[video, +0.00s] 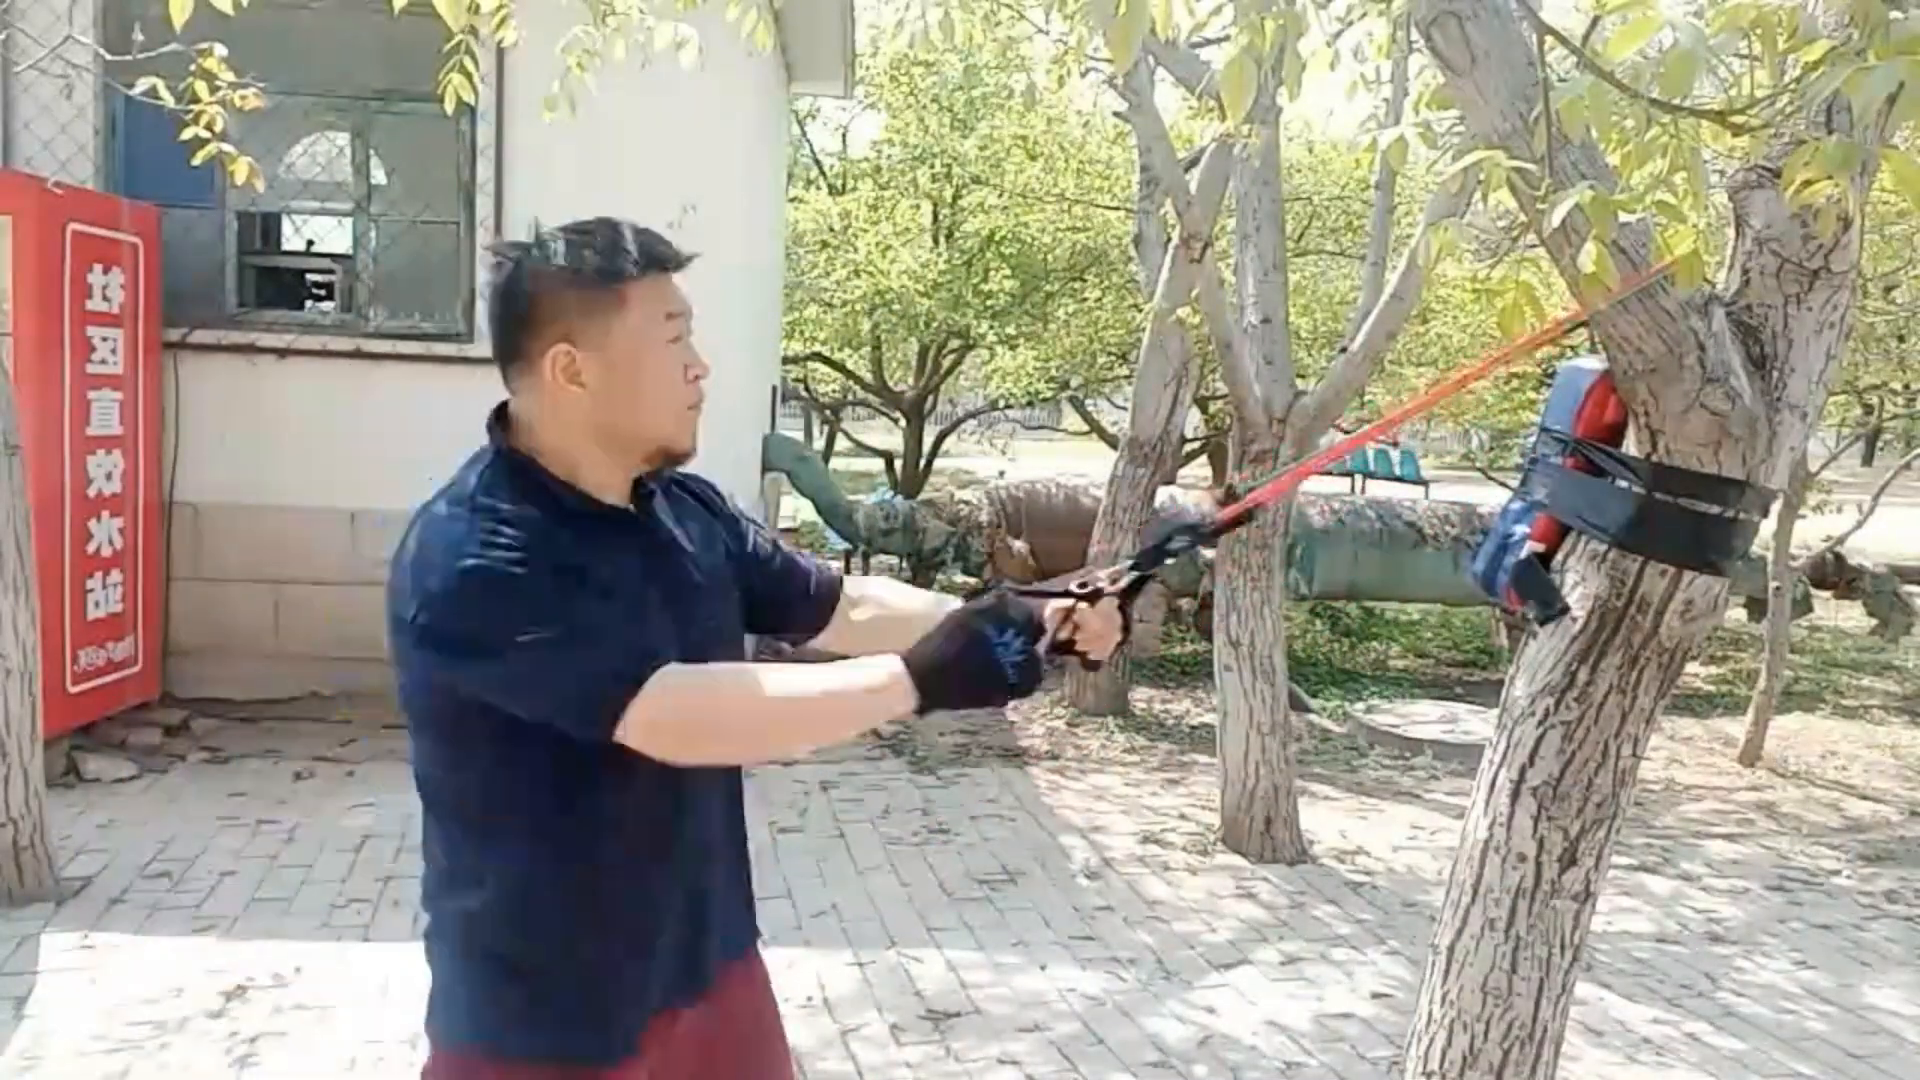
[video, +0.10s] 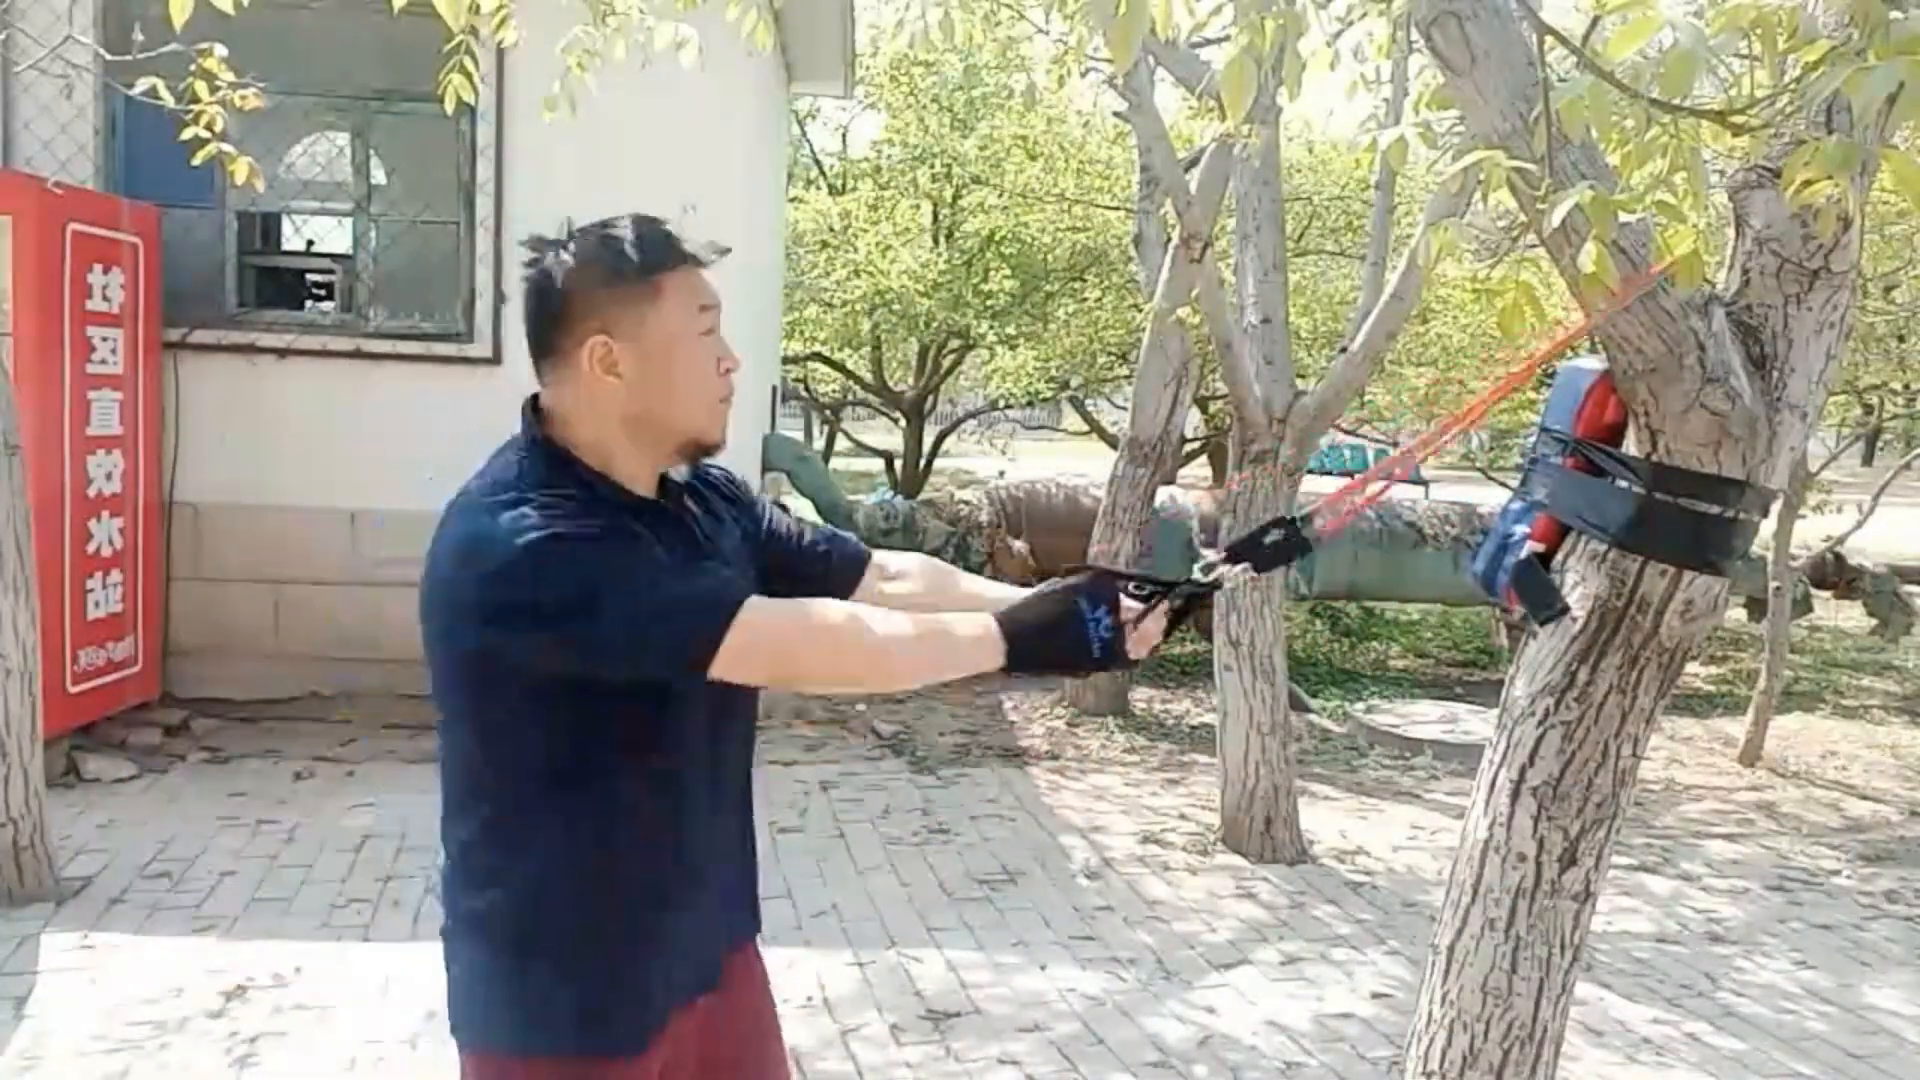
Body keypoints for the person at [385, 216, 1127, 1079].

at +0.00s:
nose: (701, 364)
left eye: (690, 333)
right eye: (675, 336)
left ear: (579, 376)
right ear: (570, 372)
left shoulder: (678, 506)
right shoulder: (468, 562)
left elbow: (831, 603)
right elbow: (671, 715)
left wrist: (1023, 622)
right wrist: (916, 681)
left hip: (712, 990)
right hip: (543, 1031)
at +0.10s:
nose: (731, 359)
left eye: (720, 328)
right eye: (705, 331)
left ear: (614, 365)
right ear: (607, 363)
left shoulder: (705, 503)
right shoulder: (522, 551)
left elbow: (876, 579)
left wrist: (1054, 608)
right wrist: (1021, 636)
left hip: (719, 980)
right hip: (566, 1028)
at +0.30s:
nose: (807, 360)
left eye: (795, 328)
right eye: (785, 328)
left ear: (706, 357)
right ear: (705, 354)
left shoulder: (734, 498)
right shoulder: (616, 537)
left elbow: (896, 615)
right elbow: (865, 688)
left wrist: (1071, 676)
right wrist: (1075, 688)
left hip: (697, 985)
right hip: (600, 1013)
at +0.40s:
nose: (843, 399)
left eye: (835, 372)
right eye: (829, 371)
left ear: (744, 398)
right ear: (759, 394)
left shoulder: (739, 521)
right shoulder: (687, 569)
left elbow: (911, 639)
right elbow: (869, 761)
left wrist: (1072, 690)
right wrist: (1105, 721)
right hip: (602, 1030)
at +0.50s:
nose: (870, 473)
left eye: (867, 446)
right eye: (862, 445)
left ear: (724, 449)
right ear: (805, 452)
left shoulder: (701, 555)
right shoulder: (716, 613)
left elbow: (915, 661)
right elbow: (847, 786)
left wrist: (1074, 692)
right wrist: (1057, 655)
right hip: (606, 1045)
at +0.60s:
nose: (861, 519)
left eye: (861, 493)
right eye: (858, 489)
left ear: (721, 483)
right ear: (810, 488)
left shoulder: (689, 592)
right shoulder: (686, 624)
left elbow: (877, 709)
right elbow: (821, 750)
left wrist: (1045, 728)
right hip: (565, 1054)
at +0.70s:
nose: (802, 564)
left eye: (806, 539)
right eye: (802, 534)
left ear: (662, 518)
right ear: (771, 523)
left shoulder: (577, 616)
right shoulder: (674, 638)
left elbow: (762, 790)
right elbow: (838, 720)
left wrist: (908, 769)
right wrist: (917, 612)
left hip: (393, 1049)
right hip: (573, 1063)